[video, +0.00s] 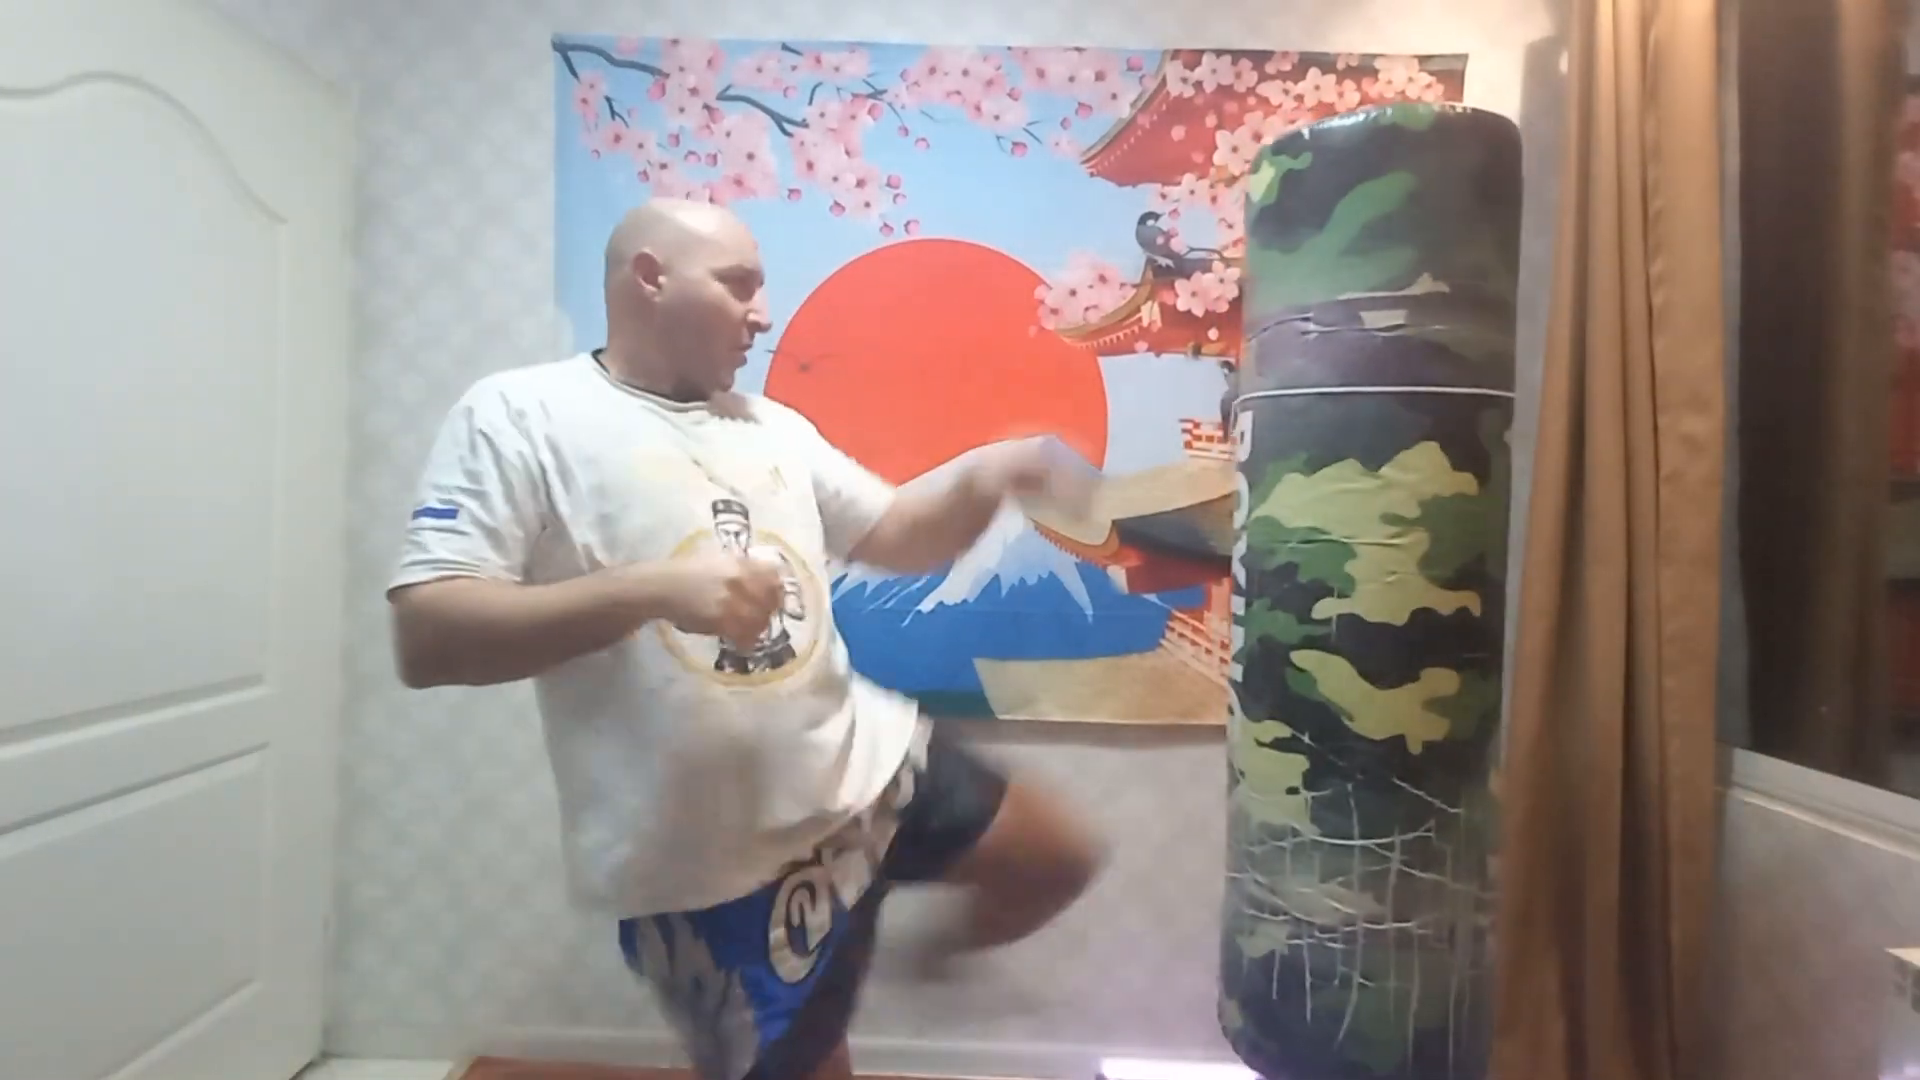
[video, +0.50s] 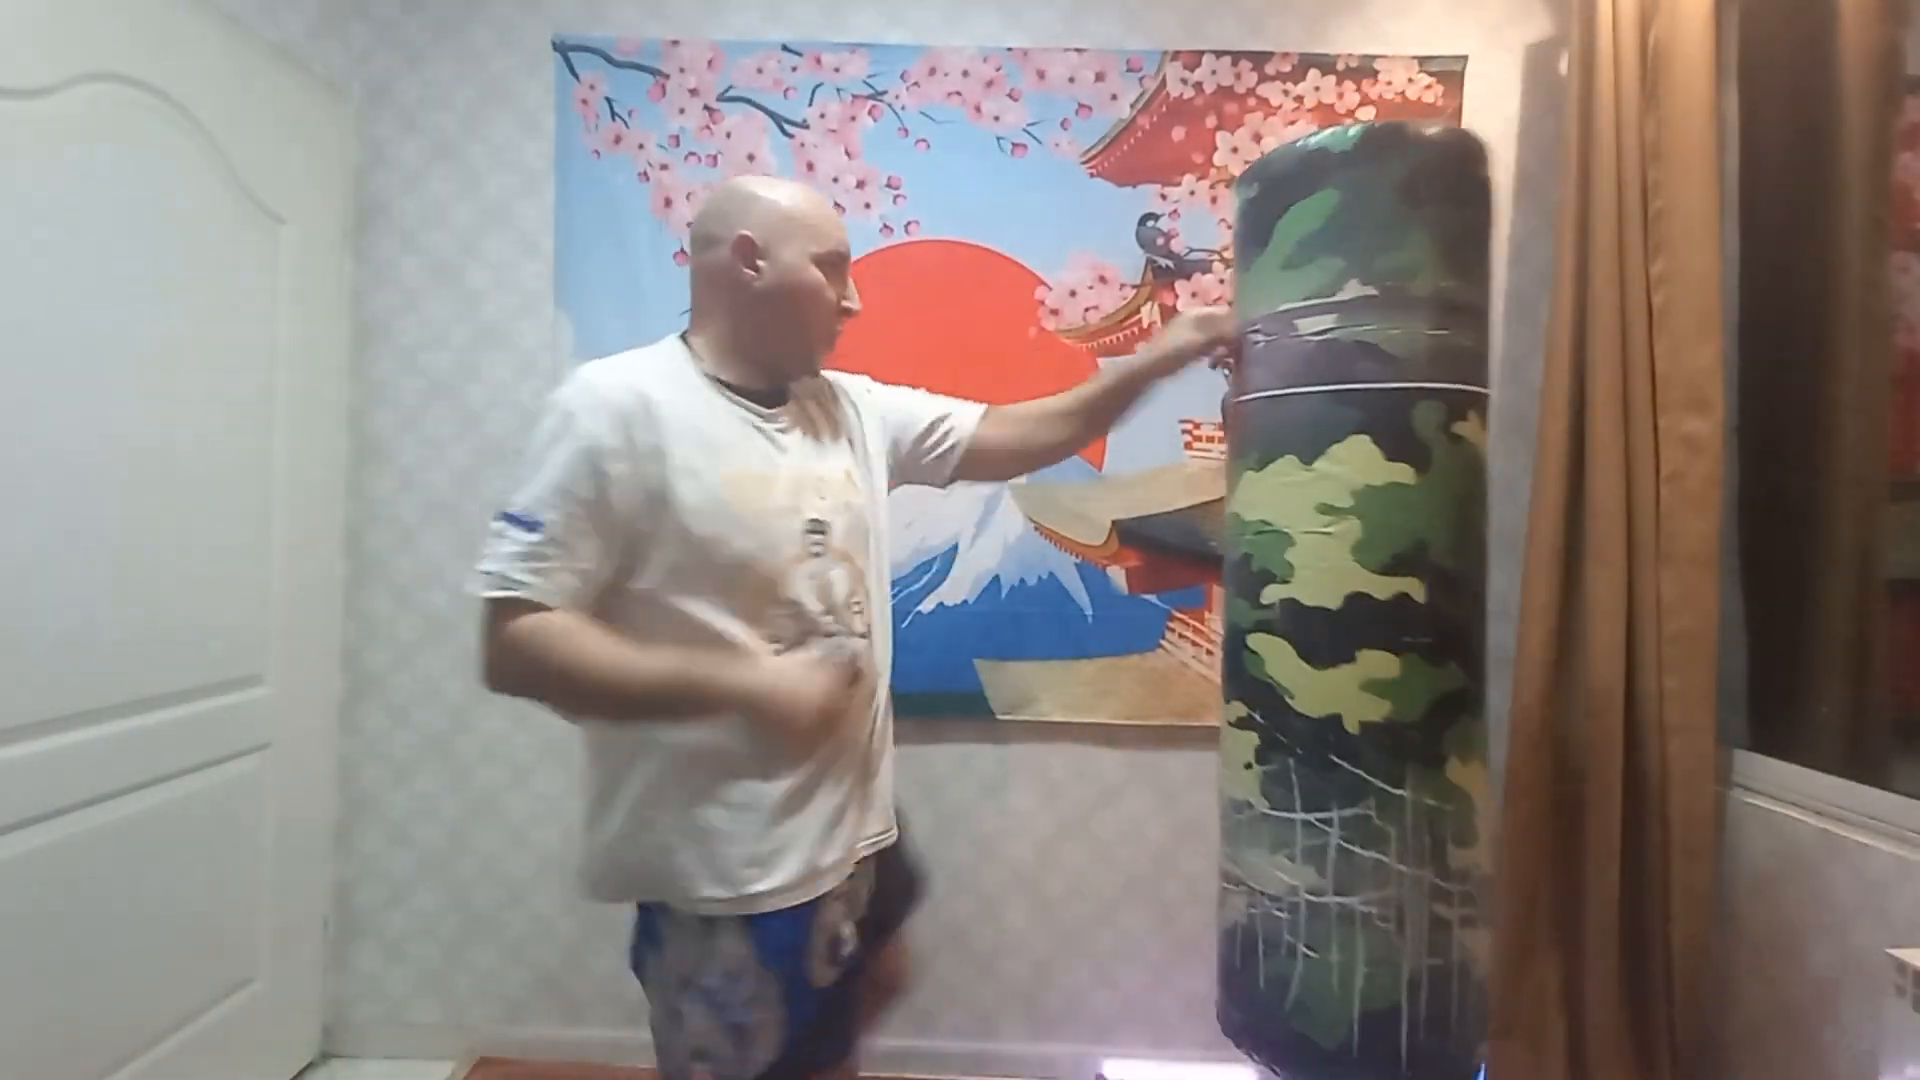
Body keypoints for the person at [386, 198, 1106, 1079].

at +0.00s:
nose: (761, 313)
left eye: (760, 289)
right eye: (738, 284)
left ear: (658, 283)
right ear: (649, 280)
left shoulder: (771, 429)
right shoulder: (516, 420)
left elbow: (893, 534)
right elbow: (429, 637)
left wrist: (986, 476)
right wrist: (654, 587)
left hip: (861, 761)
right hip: (711, 868)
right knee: (806, 1071)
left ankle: (917, 955)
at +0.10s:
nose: (776, 309)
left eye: (776, 286)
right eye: (752, 283)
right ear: (661, 278)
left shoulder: (779, 428)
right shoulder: (530, 414)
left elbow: (873, 565)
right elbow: (476, 641)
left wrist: (948, 553)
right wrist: (705, 606)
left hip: (865, 717)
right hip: (724, 854)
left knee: (1127, 793)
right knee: (814, 1065)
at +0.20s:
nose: (799, 303)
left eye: (799, 279)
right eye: (775, 276)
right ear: (682, 271)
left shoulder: (794, 427)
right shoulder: (549, 410)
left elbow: (875, 564)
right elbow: (514, 650)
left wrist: (917, 556)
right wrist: (760, 672)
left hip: (883, 749)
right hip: (743, 862)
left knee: (1127, 807)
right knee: (818, 1064)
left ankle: (1361, 886)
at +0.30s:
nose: (820, 297)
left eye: (819, 271)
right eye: (797, 266)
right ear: (704, 262)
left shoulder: (818, 418)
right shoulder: (566, 409)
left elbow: (943, 541)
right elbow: (521, 654)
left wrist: (958, 478)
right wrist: (754, 730)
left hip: (891, 770)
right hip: (745, 872)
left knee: (1081, 861)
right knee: (791, 1067)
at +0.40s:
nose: (839, 296)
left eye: (838, 269)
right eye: (819, 266)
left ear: (736, 260)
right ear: (727, 258)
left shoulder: (847, 413)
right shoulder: (580, 410)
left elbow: (990, 469)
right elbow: (503, 647)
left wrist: (1081, 370)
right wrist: (714, 732)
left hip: (884, 804)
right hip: (728, 887)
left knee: (979, 935)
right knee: (777, 1070)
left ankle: (982, 1069)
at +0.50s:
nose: (854, 295)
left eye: (848, 268)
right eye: (831, 268)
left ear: (757, 264)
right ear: (747, 265)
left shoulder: (854, 410)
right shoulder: (611, 409)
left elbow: (1019, 434)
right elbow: (516, 642)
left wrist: (1162, 356)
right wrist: (747, 680)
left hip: (858, 853)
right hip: (724, 893)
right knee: (732, 1065)